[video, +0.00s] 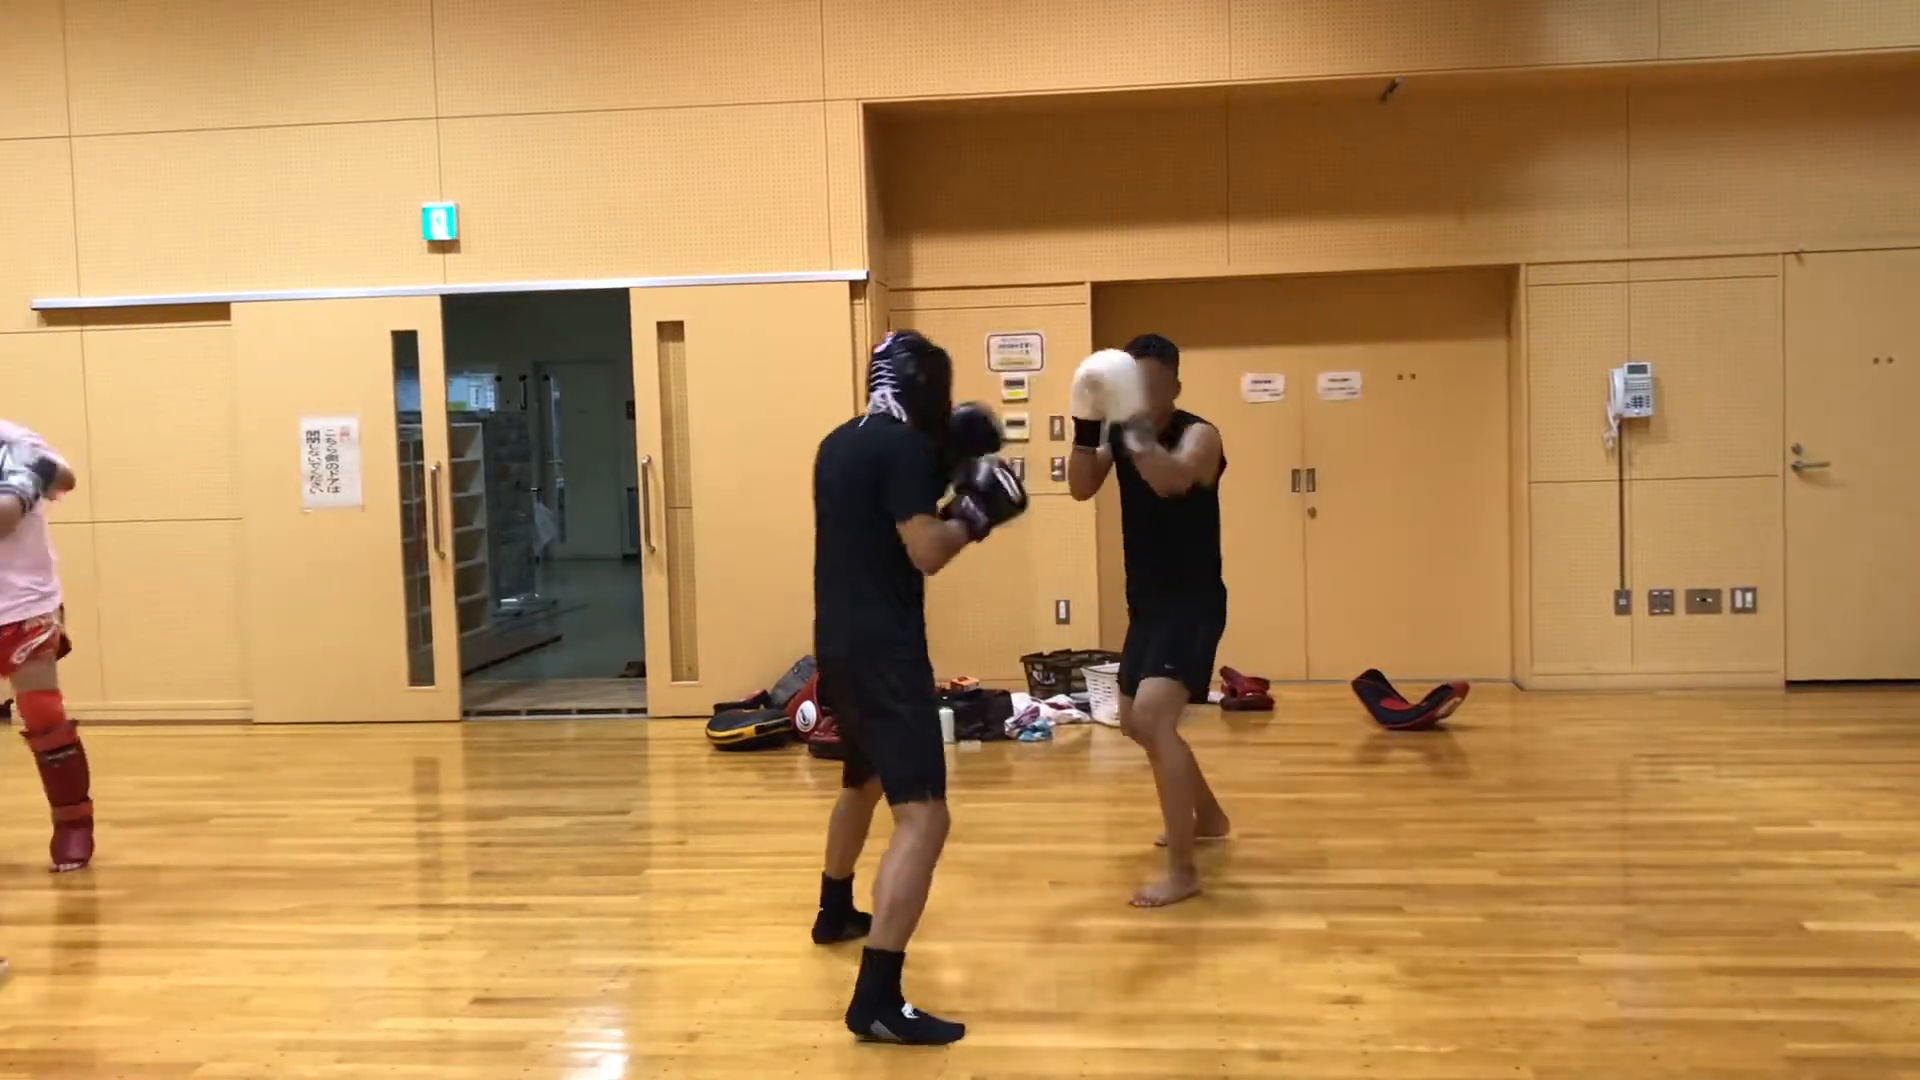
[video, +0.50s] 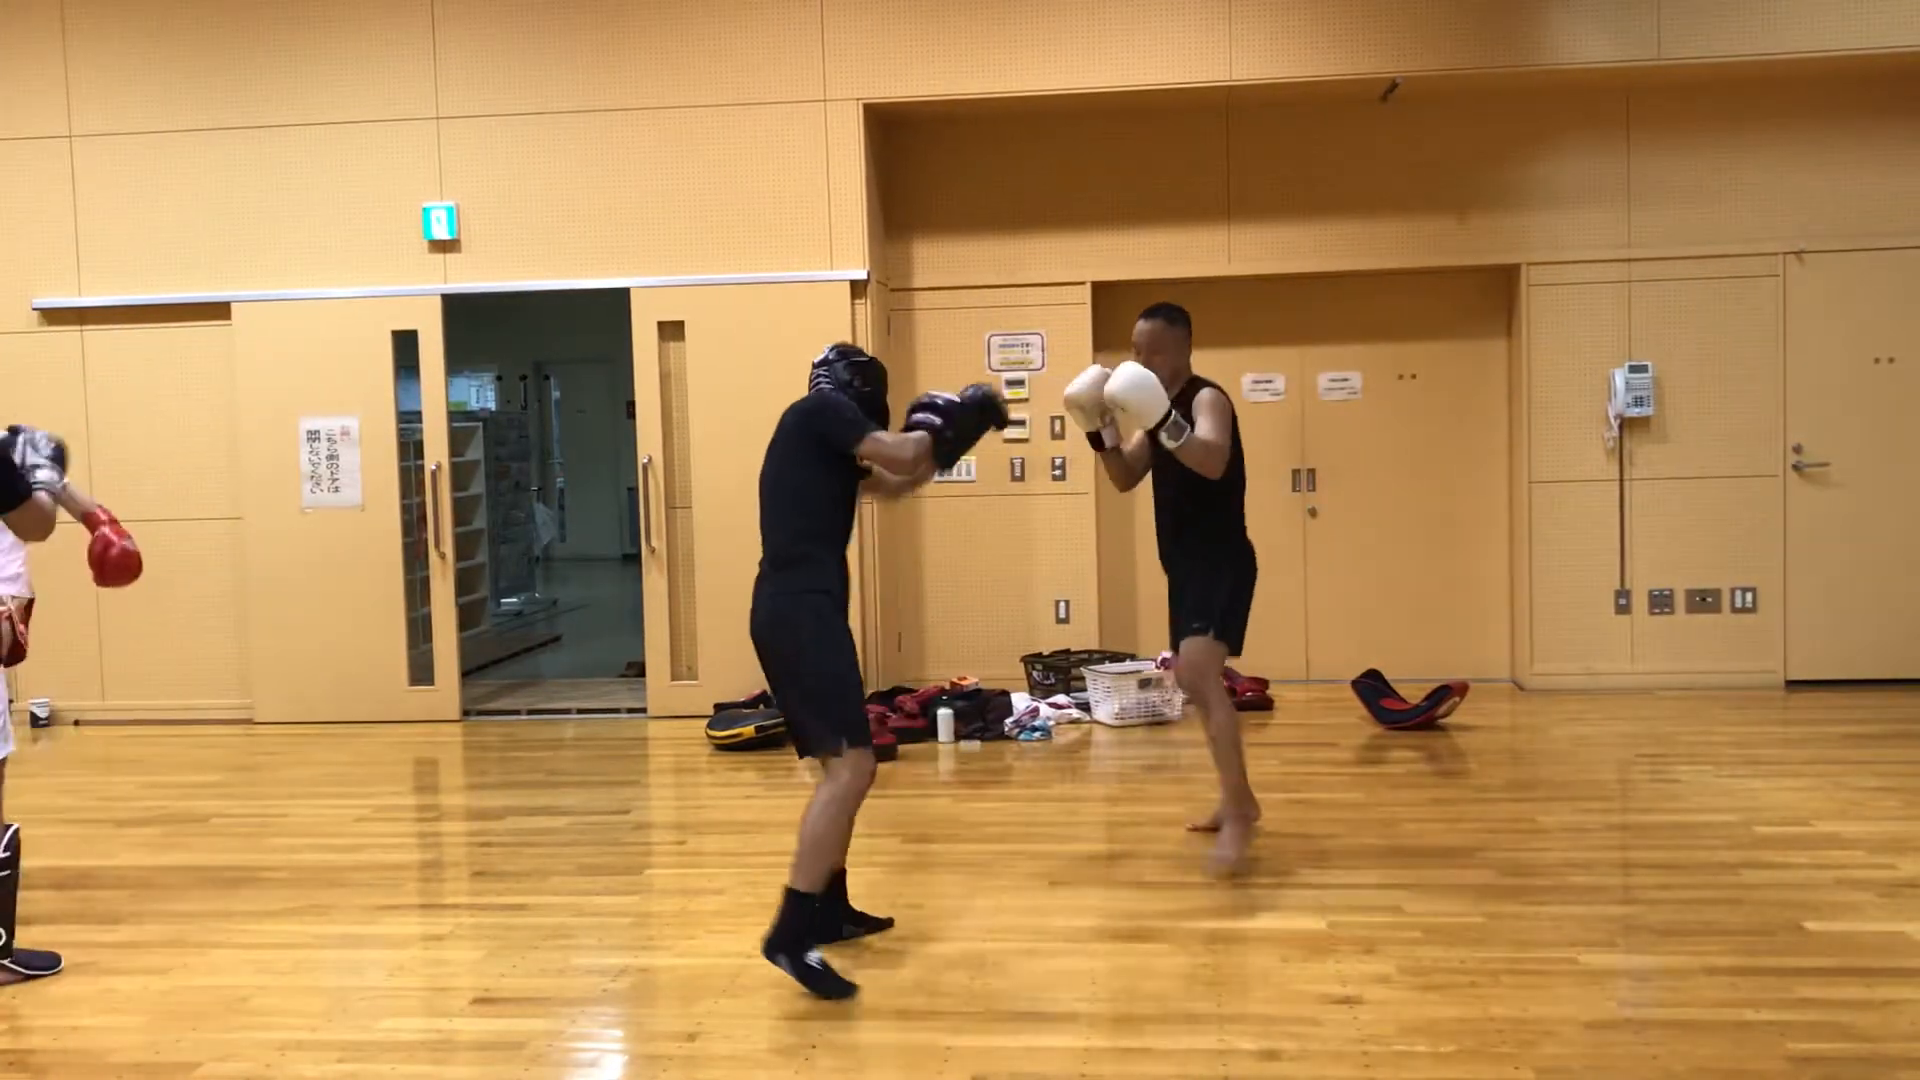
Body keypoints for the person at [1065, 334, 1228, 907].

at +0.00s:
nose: (1142, 401)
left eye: (1153, 390)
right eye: (1135, 390)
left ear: (1176, 387)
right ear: (1125, 392)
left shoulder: (1199, 436)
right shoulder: (1118, 437)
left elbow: (1171, 482)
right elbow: (1081, 488)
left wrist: (1135, 433)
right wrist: (1086, 423)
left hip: (1193, 600)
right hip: (1146, 602)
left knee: (1154, 718)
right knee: (1135, 719)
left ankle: (1182, 871)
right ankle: (1208, 817)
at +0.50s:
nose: (1143, 365)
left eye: (1151, 355)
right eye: (1138, 355)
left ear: (1181, 350)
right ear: (1139, 352)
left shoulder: (1207, 400)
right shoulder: (1160, 411)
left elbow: (1213, 463)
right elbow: (1126, 477)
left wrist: (1164, 419)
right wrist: (1097, 425)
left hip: (1219, 561)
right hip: (1186, 564)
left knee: (1199, 674)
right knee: (1196, 678)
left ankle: (1237, 812)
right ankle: (1237, 799)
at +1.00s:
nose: (1145, 388)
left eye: (1155, 378)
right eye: (1141, 378)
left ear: (1186, 374)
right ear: (1139, 376)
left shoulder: (1210, 429)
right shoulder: (1161, 433)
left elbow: (1202, 503)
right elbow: (1140, 504)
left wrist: (1148, 471)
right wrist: (1099, 473)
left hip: (1217, 581)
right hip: (1186, 581)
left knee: (1158, 682)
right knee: (1202, 690)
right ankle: (1275, 791)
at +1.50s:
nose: (1108, 405)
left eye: (1111, 392)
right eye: (1102, 395)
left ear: (1142, 381)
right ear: (1147, 384)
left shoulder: (1158, 431)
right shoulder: (1160, 426)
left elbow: (1103, 485)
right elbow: (1108, 479)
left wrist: (1072, 427)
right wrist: (1077, 430)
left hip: (1169, 593)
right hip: (1189, 590)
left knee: (1104, 694)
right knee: (1192, 695)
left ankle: (1112, 835)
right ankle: (1268, 798)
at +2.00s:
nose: (1137, 392)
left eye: (1142, 380)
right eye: (1135, 382)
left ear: (1171, 371)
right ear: (1182, 375)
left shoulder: (1183, 421)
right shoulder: (1211, 420)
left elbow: (1134, 484)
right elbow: (1140, 475)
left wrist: (1088, 434)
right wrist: (1116, 420)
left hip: (1187, 585)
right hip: (1219, 582)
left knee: (1127, 686)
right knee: (1217, 693)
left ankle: (1124, 828)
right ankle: (1271, 802)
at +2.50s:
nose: (1115, 393)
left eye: (1119, 381)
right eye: (1113, 384)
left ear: (1149, 373)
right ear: (1162, 371)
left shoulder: (1165, 424)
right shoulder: (1204, 409)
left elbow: (1114, 497)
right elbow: (1154, 480)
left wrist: (1068, 447)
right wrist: (1116, 435)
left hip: (1194, 587)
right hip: (1239, 579)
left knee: (1145, 698)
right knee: (1252, 692)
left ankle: (1151, 838)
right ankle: (1309, 804)